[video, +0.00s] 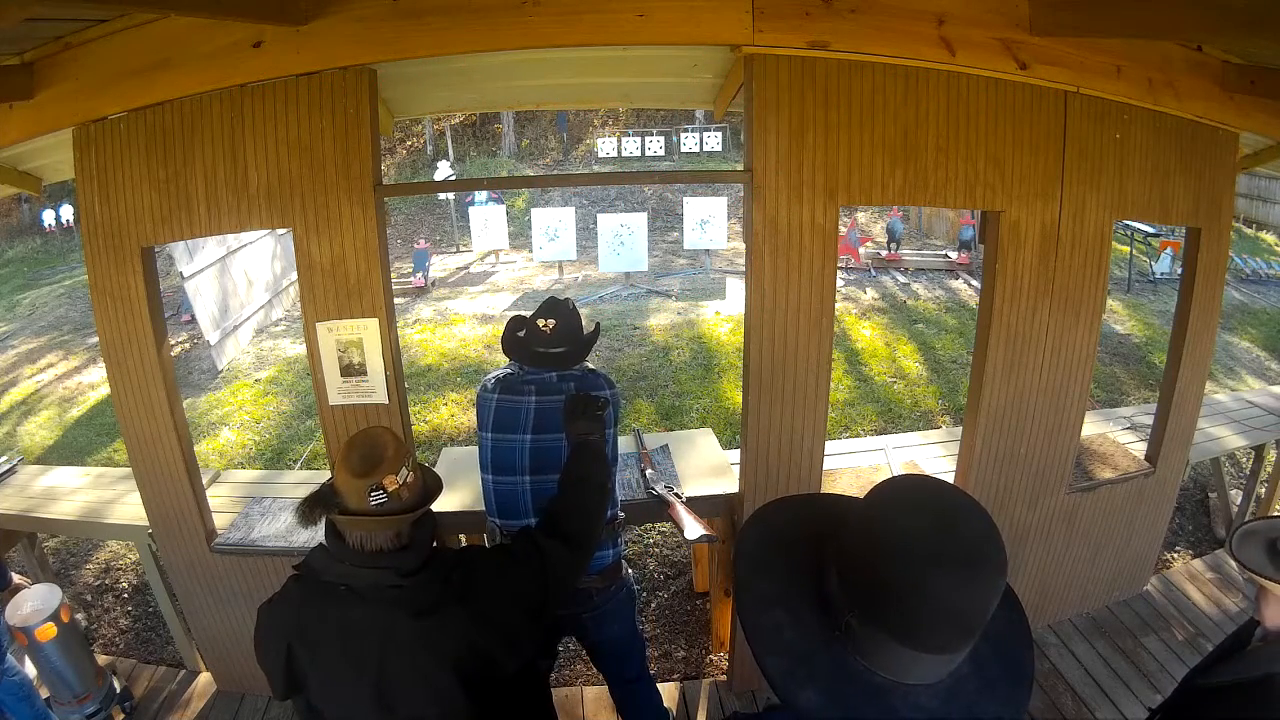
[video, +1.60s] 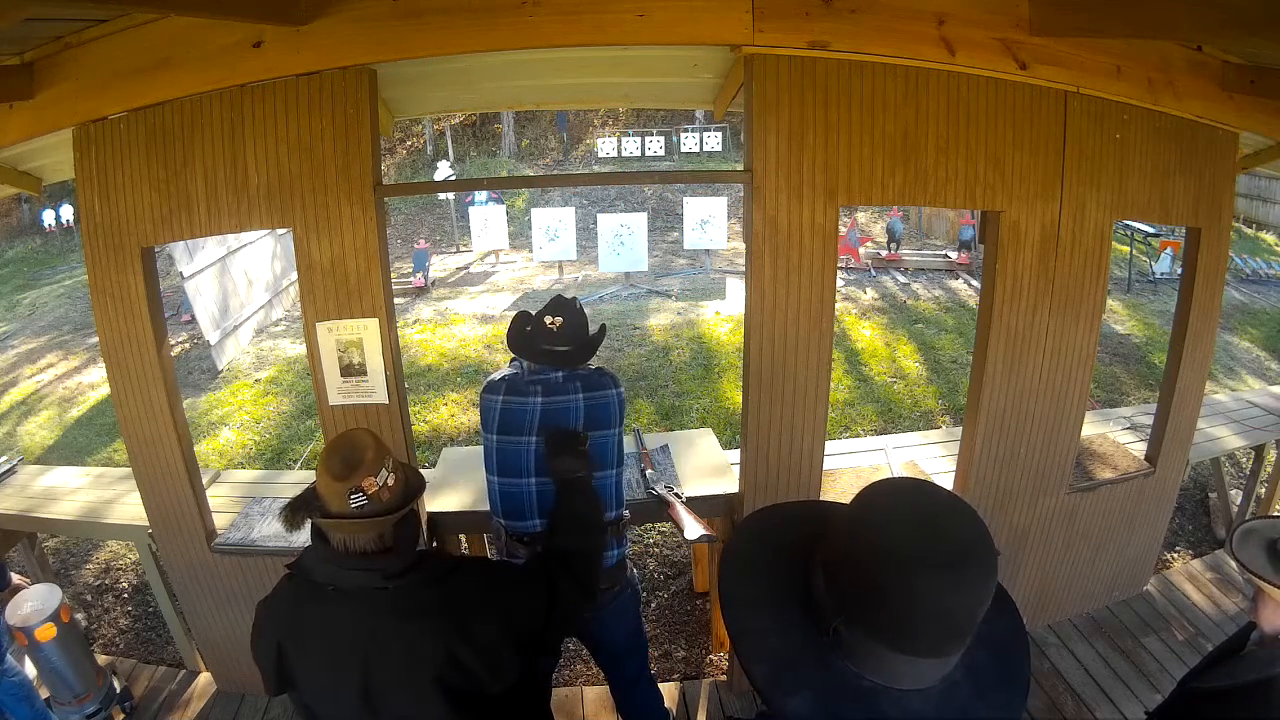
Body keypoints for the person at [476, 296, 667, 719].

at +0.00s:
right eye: (582, 340)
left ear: (524, 343)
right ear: (578, 347)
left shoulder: (489, 391)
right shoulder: (598, 388)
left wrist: (535, 348)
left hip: (515, 582)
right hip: (594, 578)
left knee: (527, 690)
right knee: (633, 686)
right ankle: (653, 716)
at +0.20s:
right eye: (585, 339)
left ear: (529, 341)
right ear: (583, 345)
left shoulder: (491, 390)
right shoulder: (605, 389)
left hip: (517, 582)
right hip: (596, 576)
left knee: (528, 692)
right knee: (634, 687)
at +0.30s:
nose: (592, 355)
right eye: (591, 348)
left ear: (535, 346)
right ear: (586, 349)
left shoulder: (492, 391)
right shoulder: (608, 392)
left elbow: (457, 440)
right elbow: (634, 410)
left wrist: (512, 439)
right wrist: (590, 372)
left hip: (517, 579)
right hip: (597, 575)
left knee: (527, 691)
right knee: (633, 683)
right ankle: (653, 717)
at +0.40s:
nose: (594, 360)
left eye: (593, 353)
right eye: (593, 352)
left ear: (541, 348)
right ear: (586, 352)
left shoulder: (488, 396)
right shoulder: (613, 393)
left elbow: (445, 463)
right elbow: (673, 429)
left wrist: (494, 502)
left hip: (519, 577)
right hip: (600, 572)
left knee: (529, 689)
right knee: (634, 683)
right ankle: (652, 717)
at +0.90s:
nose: (603, 365)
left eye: (543, 347)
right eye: (602, 358)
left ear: (544, 350)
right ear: (595, 356)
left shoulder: (494, 388)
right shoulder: (624, 394)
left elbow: (428, 422)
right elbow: (683, 445)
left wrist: (476, 472)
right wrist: (638, 475)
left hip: (522, 581)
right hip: (604, 575)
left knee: (528, 694)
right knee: (635, 684)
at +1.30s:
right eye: (580, 335)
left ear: (523, 342)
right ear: (581, 343)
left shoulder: (489, 401)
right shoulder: (608, 391)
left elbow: (479, 449)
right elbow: (629, 459)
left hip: (526, 585)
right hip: (605, 577)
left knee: (530, 696)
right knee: (636, 686)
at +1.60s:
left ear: (528, 341)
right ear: (583, 344)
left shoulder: (494, 392)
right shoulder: (607, 387)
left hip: (524, 582)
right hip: (602, 575)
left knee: (529, 693)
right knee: (636, 687)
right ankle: (653, 716)